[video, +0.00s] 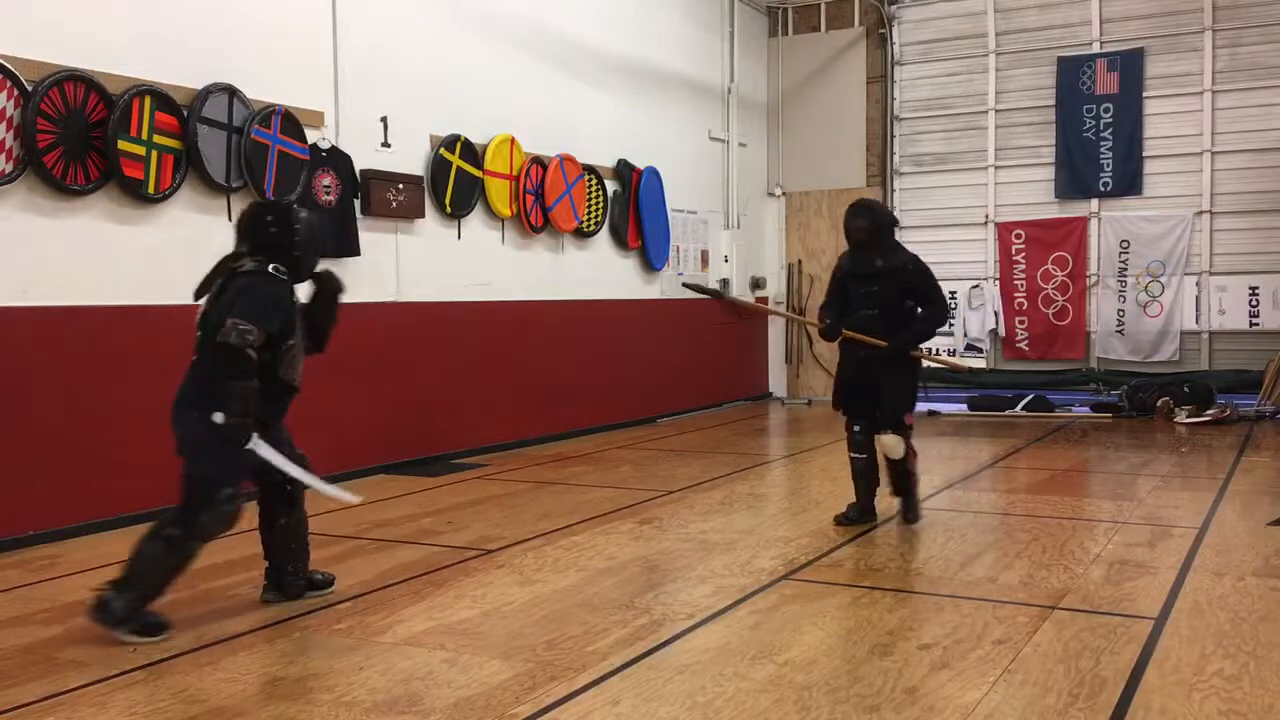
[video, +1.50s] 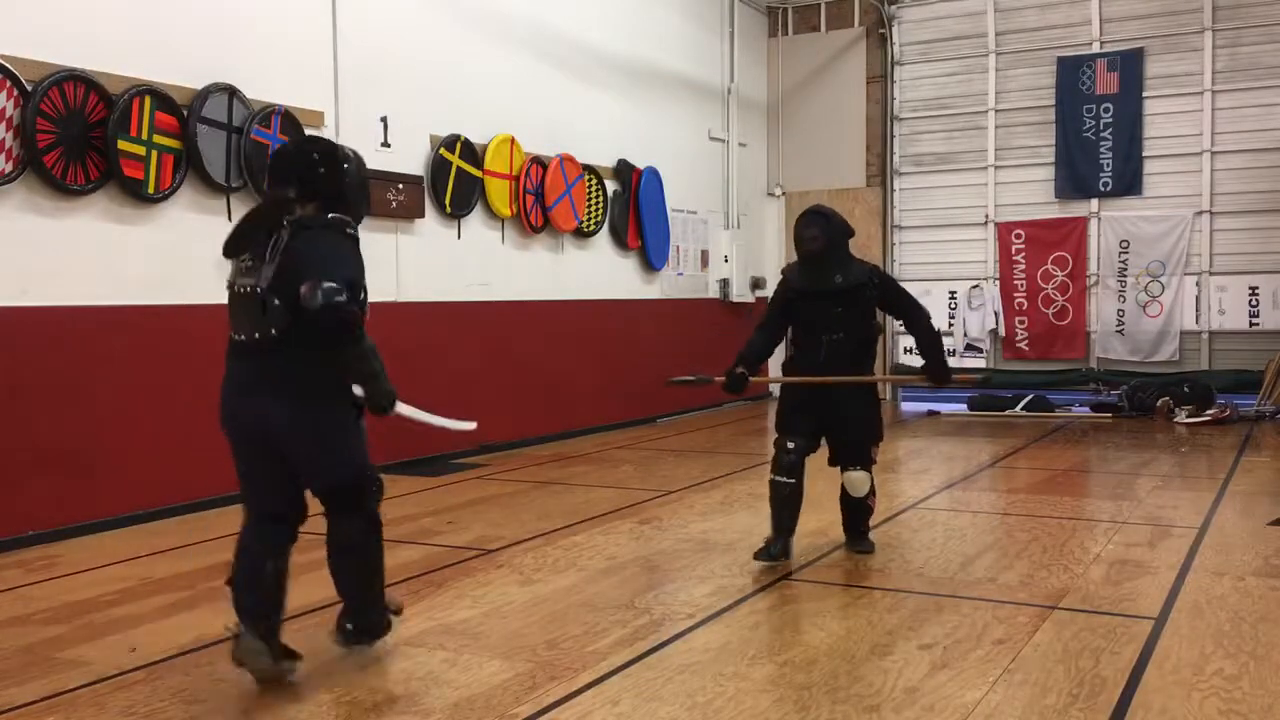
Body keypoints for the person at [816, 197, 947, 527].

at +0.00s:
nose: (854, 236)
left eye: (860, 229)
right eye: (850, 229)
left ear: (878, 228)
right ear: (847, 229)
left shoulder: (906, 264)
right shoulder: (847, 265)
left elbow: (938, 310)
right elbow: (831, 307)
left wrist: (908, 338)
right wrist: (829, 325)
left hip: (896, 362)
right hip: (856, 362)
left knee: (890, 437)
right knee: (857, 434)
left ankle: (907, 495)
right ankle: (864, 506)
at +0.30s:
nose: (836, 233)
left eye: (843, 226)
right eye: (834, 226)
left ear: (863, 228)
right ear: (832, 229)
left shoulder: (891, 268)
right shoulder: (829, 267)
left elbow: (928, 317)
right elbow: (812, 308)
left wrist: (910, 358)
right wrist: (799, 323)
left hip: (878, 364)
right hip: (837, 364)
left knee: (866, 439)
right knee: (846, 439)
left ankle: (861, 517)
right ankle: (859, 506)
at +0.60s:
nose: (825, 225)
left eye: (832, 217)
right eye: (824, 218)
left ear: (852, 220)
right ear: (823, 221)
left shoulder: (883, 264)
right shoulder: (818, 263)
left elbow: (920, 312)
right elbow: (793, 304)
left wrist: (925, 360)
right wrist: (767, 322)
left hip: (868, 364)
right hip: (823, 363)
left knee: (861, 444)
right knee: (809, 438)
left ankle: (861, 520)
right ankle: (831, 501)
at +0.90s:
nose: (798, 240)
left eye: (805, 232)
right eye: (795, 233)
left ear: (823, 233)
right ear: (791, 234)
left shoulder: (859, 273)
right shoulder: (792, 275)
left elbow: (905, 317)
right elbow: (766, 318)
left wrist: (899, 365)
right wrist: (731, 336)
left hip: (850, 382)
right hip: (802, 381)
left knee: (851, 463)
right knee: (789, 457)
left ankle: (859, 524)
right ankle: (787, 535)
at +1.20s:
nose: (800, 242)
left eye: (807, 234)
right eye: (794, 235)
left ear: (826, 233)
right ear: (788, 237)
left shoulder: (858, 271)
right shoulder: (788, 276)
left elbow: (911, 304)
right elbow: (761, 322)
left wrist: (915, 359)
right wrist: (729, 357)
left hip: (852, 381)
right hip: (801, 381)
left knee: (858, 466)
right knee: (790, 460)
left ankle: (856, 531)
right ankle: (788, 535)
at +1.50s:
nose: (809, 244)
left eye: (816, 237)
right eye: (803, 238)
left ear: (836, 237)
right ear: (796, 240)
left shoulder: (864, 278)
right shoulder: (793, 282)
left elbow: (915, 314)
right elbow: (769, 329)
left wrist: (936, 363)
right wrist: (743, 365)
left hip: (852, 389)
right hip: (801, 390)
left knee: (856, 470)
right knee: (786, 462)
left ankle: (857, 534)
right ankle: (780, 539)